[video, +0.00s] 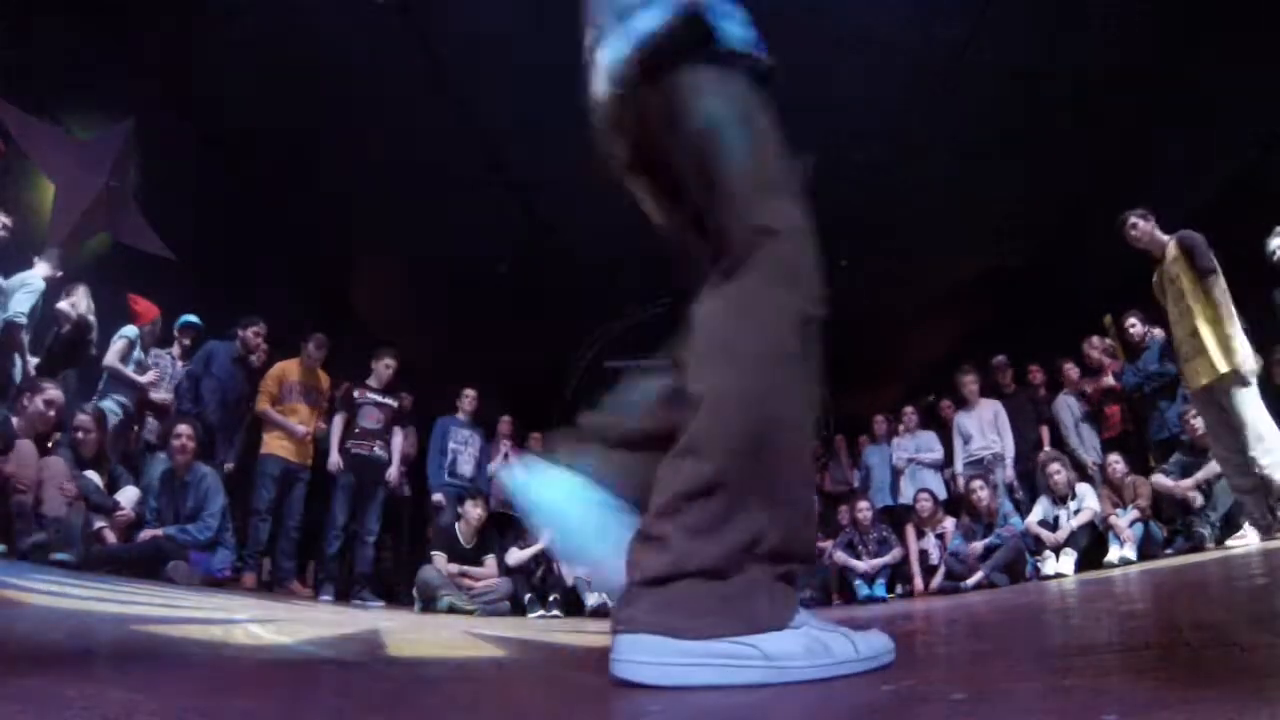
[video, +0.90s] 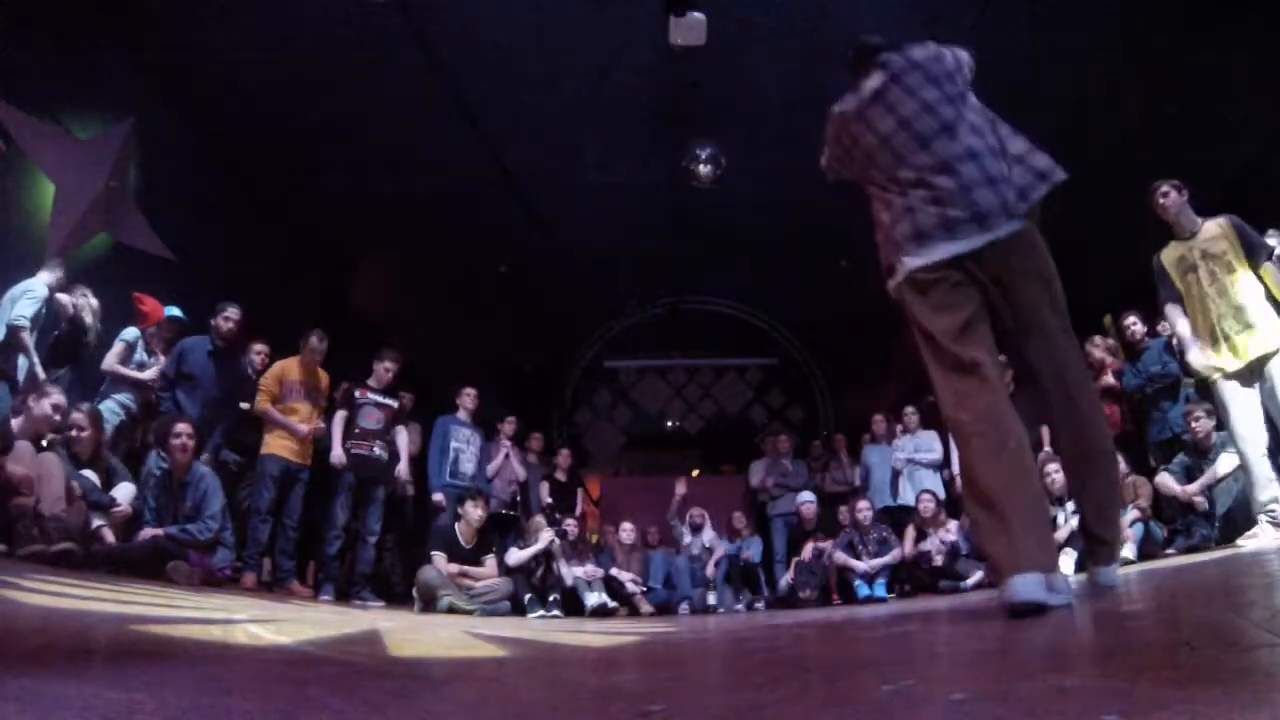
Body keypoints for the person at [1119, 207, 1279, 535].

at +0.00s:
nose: (1133, 234)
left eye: (1135, 225)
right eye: (1128, 233)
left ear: (1151, 220)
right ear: (1131, 243)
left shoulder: (1187, 243)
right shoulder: (1158, 280)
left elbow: (1218, 296)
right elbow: (1179, 326)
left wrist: (1238, 351)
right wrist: (1188, 374)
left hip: (1226, 362)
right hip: (1197, 377)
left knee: (1262, 448)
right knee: (1230, 457)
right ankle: (1261, 523)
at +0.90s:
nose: (1162, 203)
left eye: (1166, 194)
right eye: (1156, 200)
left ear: (1184, 195)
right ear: (1157, 213)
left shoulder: (1228, 227)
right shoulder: (1165, 258)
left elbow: (1268, 267)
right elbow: (1172, 306)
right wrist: (1189, 344)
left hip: (1265, 337)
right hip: (1219, 356)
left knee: (1279, 422)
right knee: (1249, 437)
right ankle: (1269, 515)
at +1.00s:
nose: (1164, 197)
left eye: (1168, 190)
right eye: (1158, 196)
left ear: (1186, 191)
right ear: (1159, 209)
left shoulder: (1230, 223)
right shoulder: (1164, 251)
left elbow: (1268, 263)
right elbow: (1175, 300)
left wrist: (1277, 303)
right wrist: (1210, 326)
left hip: (1263, 333)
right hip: (1218, 350)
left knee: (1278, 419)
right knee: (1247, 436)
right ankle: (1268, 517)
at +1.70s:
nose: (1145, 218)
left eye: (1149, 209)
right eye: (1141, 215)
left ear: (1166, 207)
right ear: (1141, 226)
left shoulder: (1200, 234)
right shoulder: (1156, 273)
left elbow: (1226, 286)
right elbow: (1164, 331)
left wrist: (1225, 347)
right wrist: (1167, 390)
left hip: (1242, 351)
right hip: (1204, 370)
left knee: (1274, 435)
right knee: (1237, 452)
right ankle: (1268, 513)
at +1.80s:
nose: (1145, 220)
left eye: (1148, 212)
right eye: (1139, 219)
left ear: (1164, 214)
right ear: (1140, 232)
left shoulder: (1197, 237)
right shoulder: (1161, 277)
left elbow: (1209, 291)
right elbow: (1171, 333)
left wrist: (1195, 340)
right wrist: (1170, 384)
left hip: (1238, 354)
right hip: (1207, 368)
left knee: (1271, 436)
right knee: (1235, 449)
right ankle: (1268, 515)